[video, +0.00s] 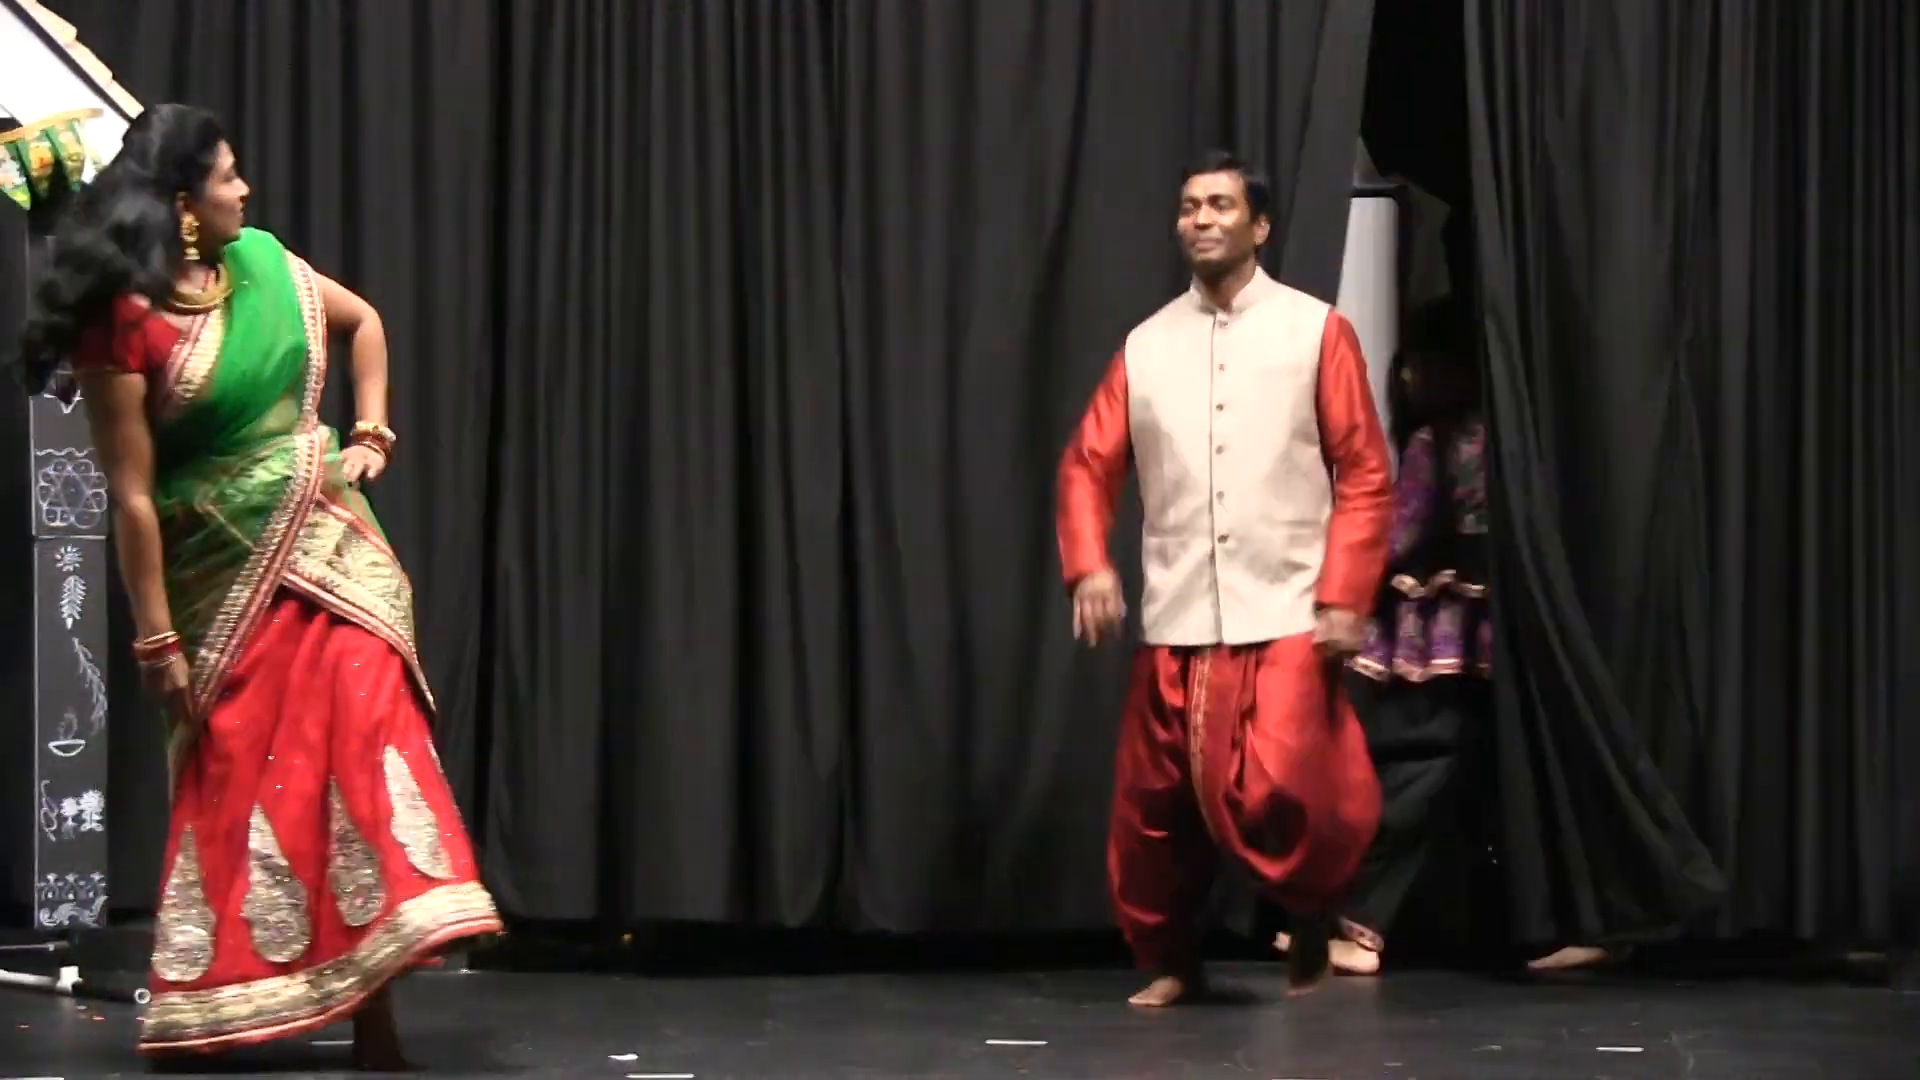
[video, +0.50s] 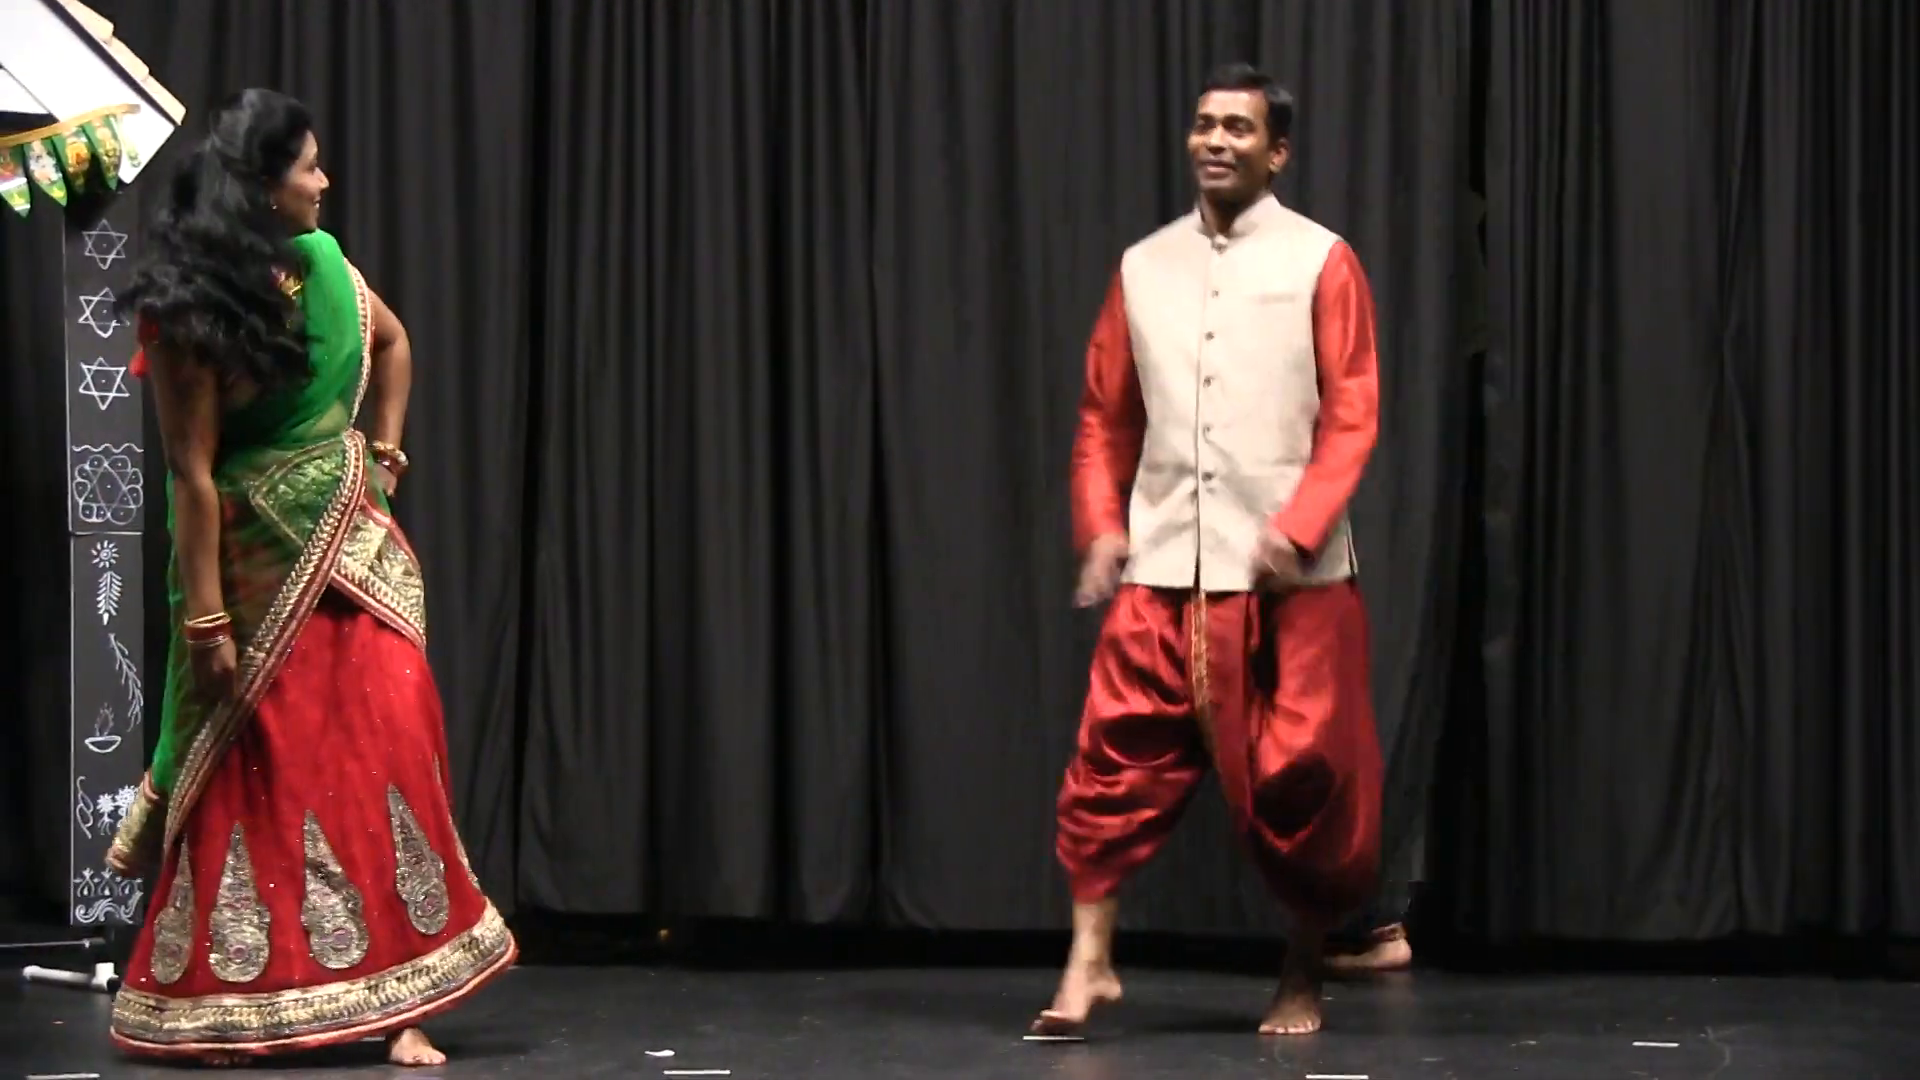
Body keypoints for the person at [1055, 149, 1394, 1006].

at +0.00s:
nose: (1201, 218)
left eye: (1219, 206)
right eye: (1190, 207)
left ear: (1259, 226)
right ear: (1177, 227)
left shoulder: (1317, 331)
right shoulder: (1148, 344)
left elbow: (1364, 473)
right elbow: (1088, 463)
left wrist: (1345, 599)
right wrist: (1090, 566)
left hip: (1286, 607)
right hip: (1177, 611)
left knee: (1274, 788)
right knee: (1155, 802)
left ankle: (1310, 918)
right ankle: (1169, 966)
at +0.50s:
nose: (1215, 142)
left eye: (1237, 128)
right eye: (1204, 126)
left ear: (1277, 149)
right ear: (1187, 143)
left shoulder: (1322, 263)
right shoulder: (1144, 266)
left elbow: (1352, 415)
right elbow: (1104, 415)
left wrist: (1298, 528)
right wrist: (1103, 529)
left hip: (1287, 564)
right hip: (1160, 562)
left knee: (1296, 771)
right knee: (1112, 750)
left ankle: (1300, 978)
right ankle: (1087, 965)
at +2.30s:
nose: (1086, 211)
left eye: (1104, 200)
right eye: (1087, 200)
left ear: (1150, 220)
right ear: (1088, 218)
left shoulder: (1199, 321)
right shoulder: (1049, 316)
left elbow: (1223, 444)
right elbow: (1012, 432)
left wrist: (1182, 560)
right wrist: (1048, 522)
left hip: (1173, 574)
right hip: (1071, 575)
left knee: (1233, 733)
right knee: (1031, 734)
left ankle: (1264, 896)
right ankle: (1018, 892)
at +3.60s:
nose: (1063, 289)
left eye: (1077, 280)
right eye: (1054, 279)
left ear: (1102, 297)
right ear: (1042, 294)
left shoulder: (1134, 377)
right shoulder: (1005, 380)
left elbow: (1162, 473)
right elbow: (974, 480)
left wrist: (1128, 553)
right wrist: (962, 581)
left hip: (1113, 574)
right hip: (1033, 577)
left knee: (1117, 692)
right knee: (1037, 716)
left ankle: (1157, 824)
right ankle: (1054, 836)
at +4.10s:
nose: (1056, 374)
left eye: (1068, 364)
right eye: (1044, 364)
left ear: (1090, 379)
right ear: (1028, 379)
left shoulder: (1130, 455)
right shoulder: (1000, 469)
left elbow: (1157, 551)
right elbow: (985, 572)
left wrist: (1115, 627)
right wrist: (1010, 639)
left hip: (1117, 630)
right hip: (1040, 642)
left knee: (1084, 698)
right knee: (1012, 776)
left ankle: (1089, 860)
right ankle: (1061, 850)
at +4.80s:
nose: (1076, 262)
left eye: (1088, 251)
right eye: (1065, 253)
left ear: (1111, 266)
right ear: (1049, 269)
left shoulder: (1142, 359)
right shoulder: (1010, 345)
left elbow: (1155, 469)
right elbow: (980, 451)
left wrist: (1120, 569)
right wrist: (983, 555)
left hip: (1105, 549)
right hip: (1025, 547)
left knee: (1097, 686)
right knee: (1027, 686)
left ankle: (1093, 845)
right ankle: (1051, 808)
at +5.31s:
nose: (1062, 379)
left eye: (1076, 366)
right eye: (1051, 367)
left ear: (1102, 377)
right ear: (1038, 377)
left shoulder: (1130, 468)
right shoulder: (998, 449)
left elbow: (1143, 584)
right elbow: (956, 551)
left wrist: (1124, 684)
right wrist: (1009, 620)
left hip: (1086, 627)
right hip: (1009, 621)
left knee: (1101, 720)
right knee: (980, 736)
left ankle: (1117, 817)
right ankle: (1004, 849)